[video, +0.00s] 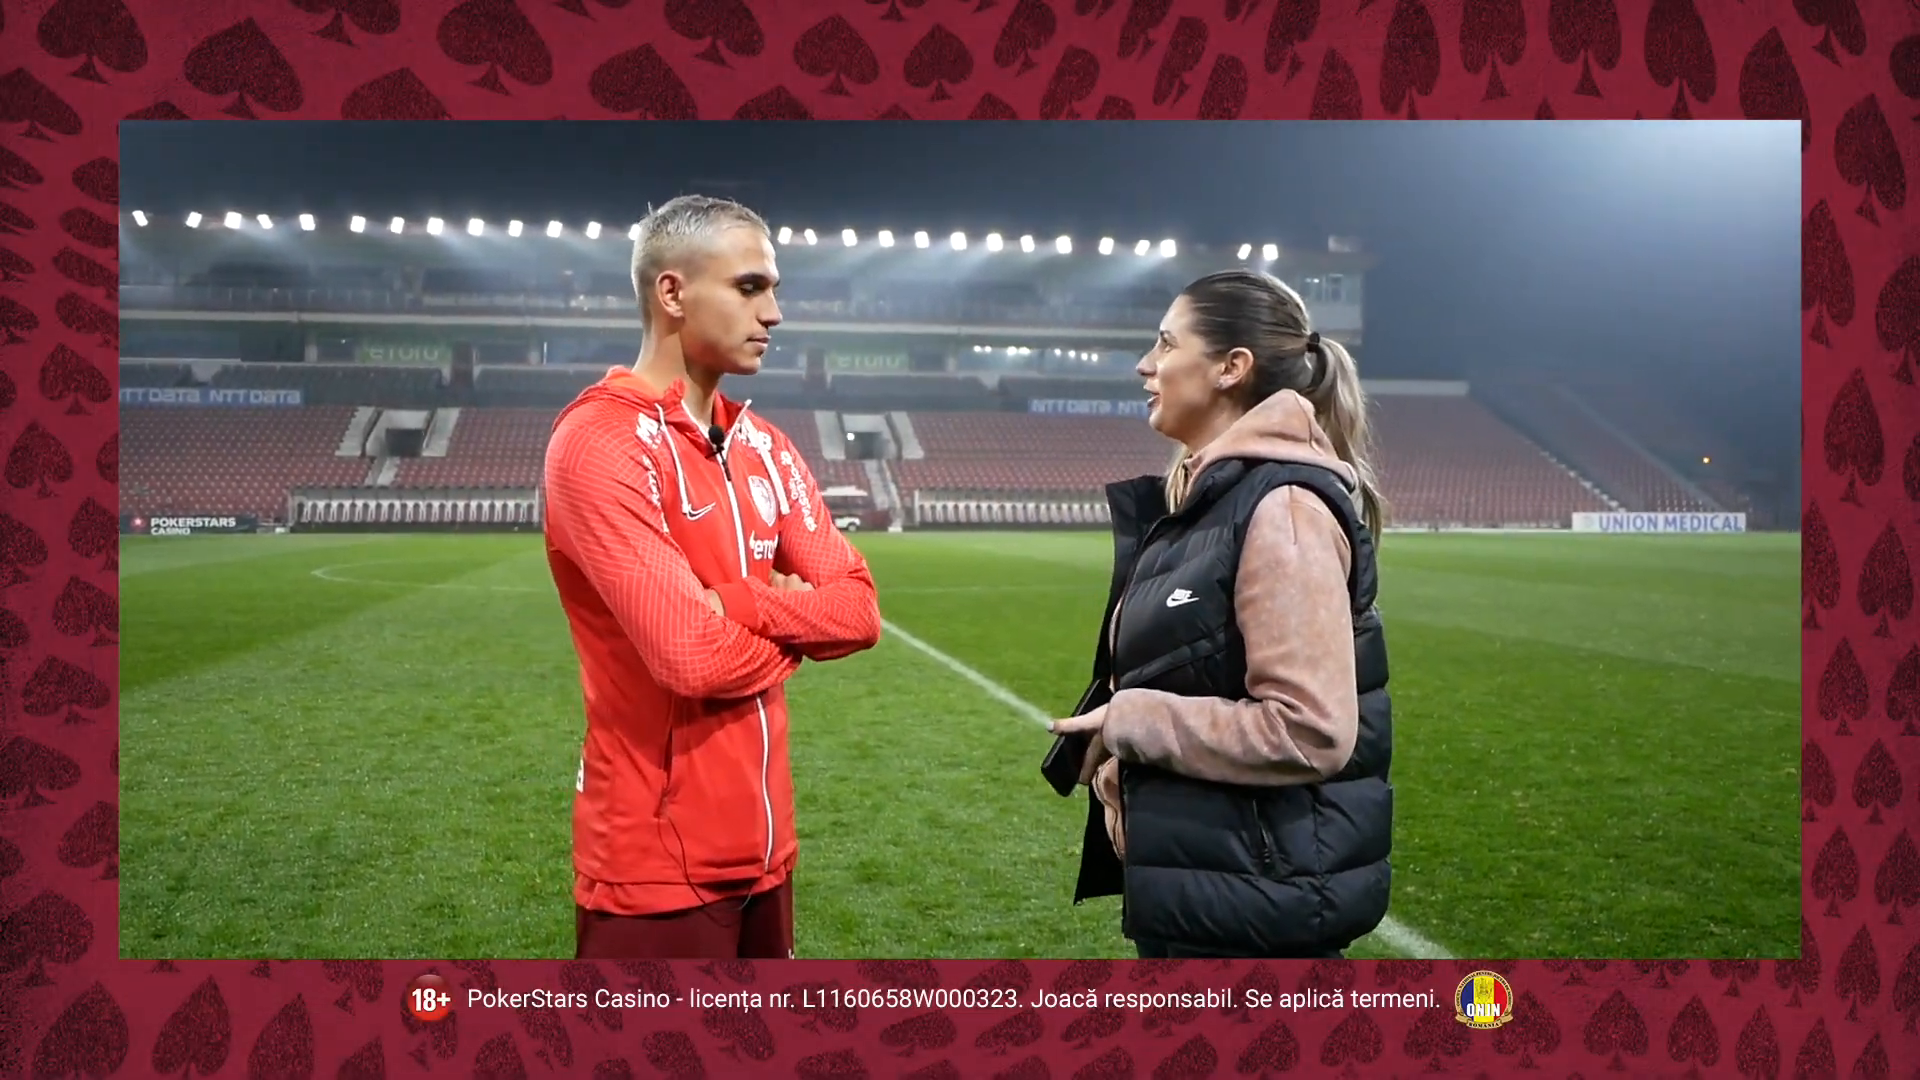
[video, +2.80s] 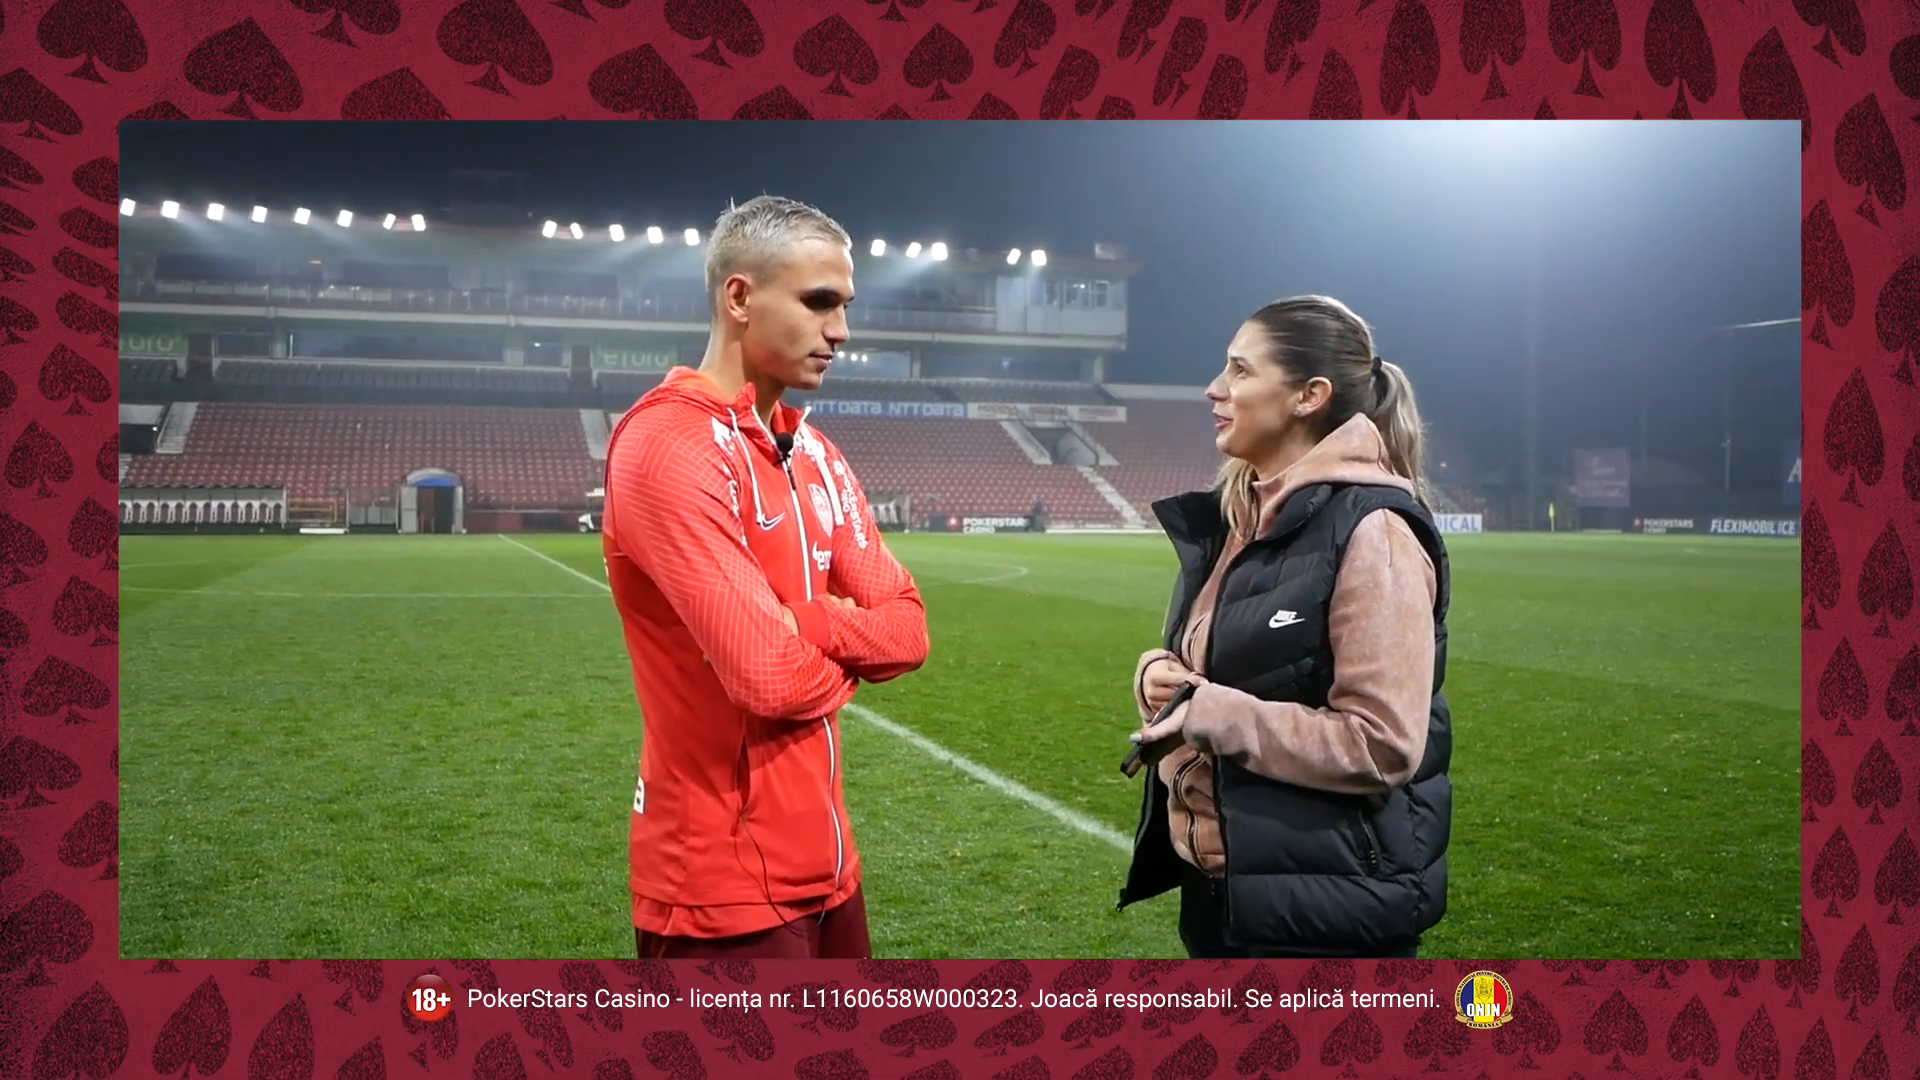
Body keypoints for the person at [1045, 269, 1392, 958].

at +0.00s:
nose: (1146, 366)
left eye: (1166, 343)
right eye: (1155, 344)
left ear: (1232, 368)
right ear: (1228, 370)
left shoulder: (1285, 510)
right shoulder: (1208, 499)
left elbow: (1310, 730)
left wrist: (1131, 718)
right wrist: (1109, 763)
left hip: (1257, 913)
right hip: (1201, 906)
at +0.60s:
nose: (1176, 388)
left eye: (1197, 366)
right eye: (1185, 367)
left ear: (1266, 385)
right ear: (1260, 387)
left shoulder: (1317, 523)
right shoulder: (1236, 508)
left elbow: (1326, 736)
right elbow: (1209, 685)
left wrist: (1148, 720)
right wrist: (1083, 668)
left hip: (1273, 912)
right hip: (1213, 901)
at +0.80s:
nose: (1191, 393)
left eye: (1213, 371)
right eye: (1199, 372)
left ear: (1283, 386)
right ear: (1274, 386)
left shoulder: (1335, 523)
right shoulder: (1246, 512)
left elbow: (1265, 708)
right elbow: (1163, 665)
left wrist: (1102, 629)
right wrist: (1045, 590)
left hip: (1293, 911)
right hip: (1227, 902)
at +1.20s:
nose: (1198, 391)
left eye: (1218, 370)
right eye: (1205, 371)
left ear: (1288, 387)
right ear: (1285, 389)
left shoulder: (1342, 526)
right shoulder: (1246, 512)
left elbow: (1287, 729)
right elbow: (1167, 669)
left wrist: (1118, 664)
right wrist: (1049, 615)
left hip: (1294, 911)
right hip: (1223, 901)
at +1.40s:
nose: (1204, 382)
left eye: (1226, 360)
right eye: (1213, 361)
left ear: (1296, 379)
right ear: (1292, 382)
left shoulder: (1324, 523)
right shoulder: (1244, 508)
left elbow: (1315, 747)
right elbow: (1172, 666)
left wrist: (1144, 759)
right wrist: (1097, 624)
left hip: (1283, 912)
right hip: (1225, 903)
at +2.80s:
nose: (1215, 391)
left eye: (1240, 371)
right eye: (1224, 370)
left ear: (1311, 395)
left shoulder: (1376, 533)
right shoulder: (1249, 518)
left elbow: (1382, 742)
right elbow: (1218, 666)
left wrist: (1214, 714)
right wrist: (1157, 672)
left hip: (1327, 907)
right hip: (1231, 893)